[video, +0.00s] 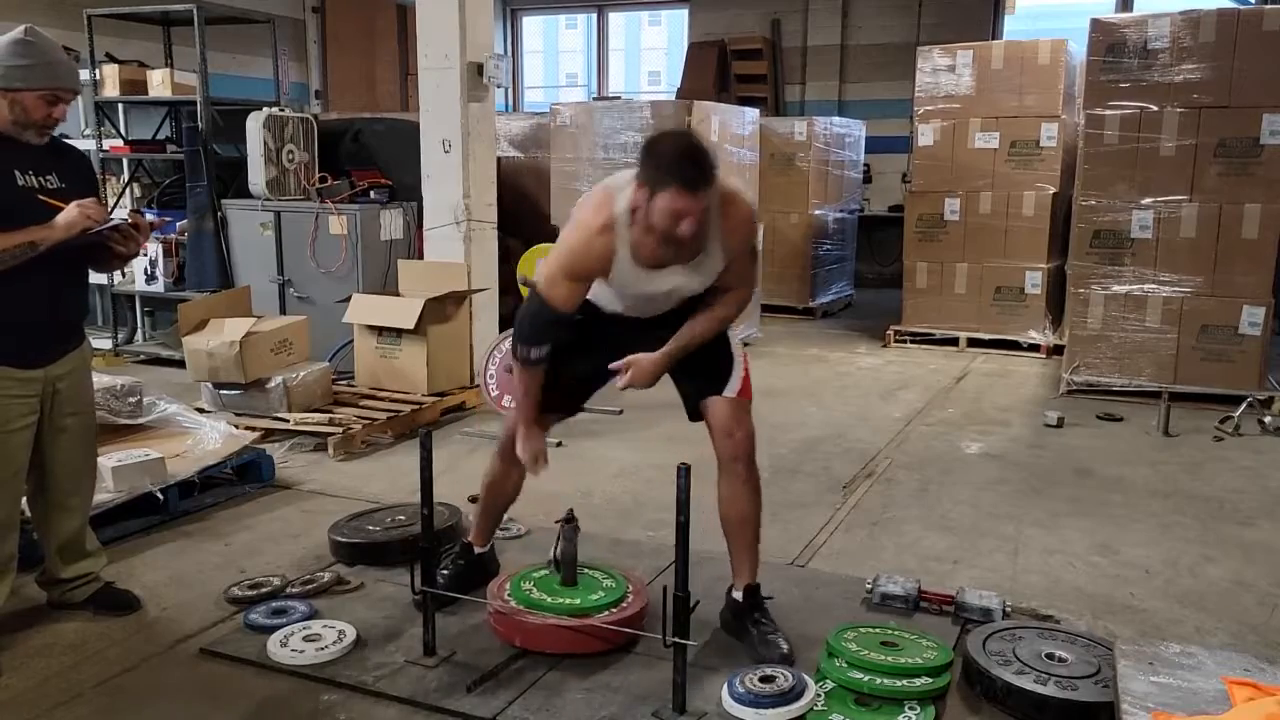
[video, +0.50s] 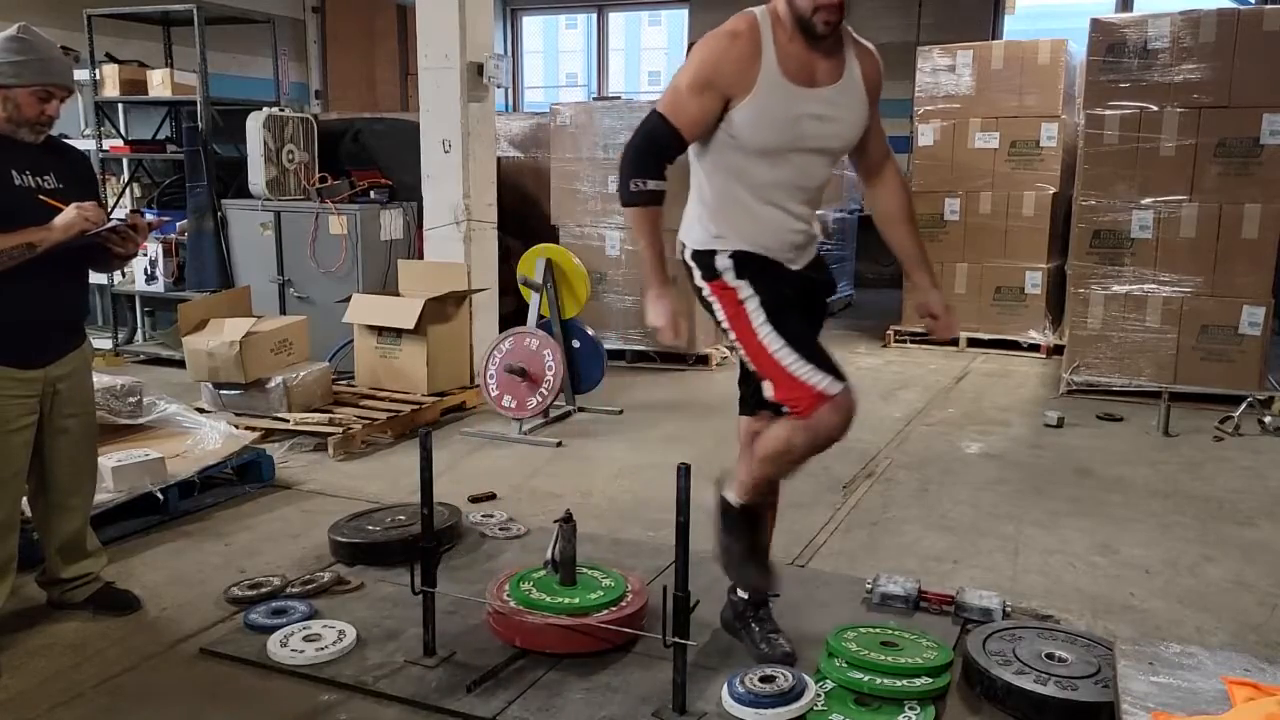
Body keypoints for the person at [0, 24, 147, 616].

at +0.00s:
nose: (61, 113)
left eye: (67, 101)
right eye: (51, 100)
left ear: (67, 98)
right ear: (11, 94)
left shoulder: (72, 161)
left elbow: (85, 253)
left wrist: (120, 251)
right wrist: (51, 231)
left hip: (67, 352)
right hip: (7, 361)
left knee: (69, 476)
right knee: (7, 492)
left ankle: (73, 581)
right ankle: (1, 598)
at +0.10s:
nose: (60, 113)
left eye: (66, 101)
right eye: (49, 100)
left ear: (67, 98)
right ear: (10, 92)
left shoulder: (72, 161)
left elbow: (85, 253)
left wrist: (120, 251)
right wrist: (53, 232)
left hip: (67, 352)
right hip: (7, 360)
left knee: (70, 477)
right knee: (7, 492)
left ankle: (74, 581)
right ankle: (1, 599)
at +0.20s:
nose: (58, 112)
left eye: (64, 100)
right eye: (47, 98)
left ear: (66, 97)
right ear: (9, 91)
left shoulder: (72, 160)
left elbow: (90, 253)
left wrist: (123, 250)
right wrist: (53, 233)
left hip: (67, 351)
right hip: (7, 360)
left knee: (70, 476)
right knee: (8, 491)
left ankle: (73, 580)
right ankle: (0, 599)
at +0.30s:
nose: (56, 111)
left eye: (63, 99)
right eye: (45, 98)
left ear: (65, 96)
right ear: (6, 90)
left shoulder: (71, 161)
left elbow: (89, 253)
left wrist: (121, 250)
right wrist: (53, 232)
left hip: (67, 350)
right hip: (6, 360)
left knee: (70, 476)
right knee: (6, 492)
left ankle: (73, 580)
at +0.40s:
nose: (56, 110)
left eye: (62, 99)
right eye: (45, 97)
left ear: (64, 97)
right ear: (7, 91)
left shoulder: (72, 161)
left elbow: (88, 254)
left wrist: (121, 251)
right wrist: (52, 232)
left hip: (68, 351)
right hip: (6, 360)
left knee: (70, 476)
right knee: (6, 491)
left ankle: (73, 580)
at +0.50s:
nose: (54, 110)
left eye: (61, 98)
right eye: (43, 97)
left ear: (64, 96)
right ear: (7, 90)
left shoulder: (71, 160)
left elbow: (87, 253)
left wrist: (120, 250)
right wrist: (53, 232)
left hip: (68, 351)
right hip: (7, 360)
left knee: (70, 475)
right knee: (7, 491)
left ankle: (73, 580)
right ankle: (0, 599)